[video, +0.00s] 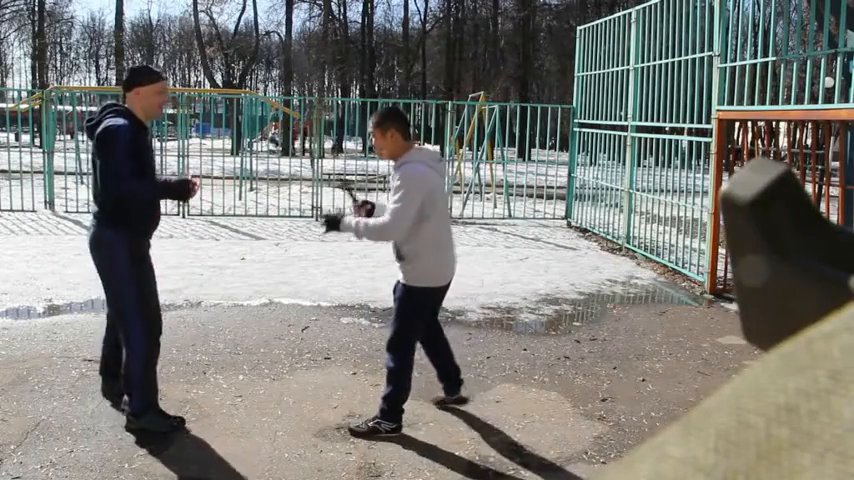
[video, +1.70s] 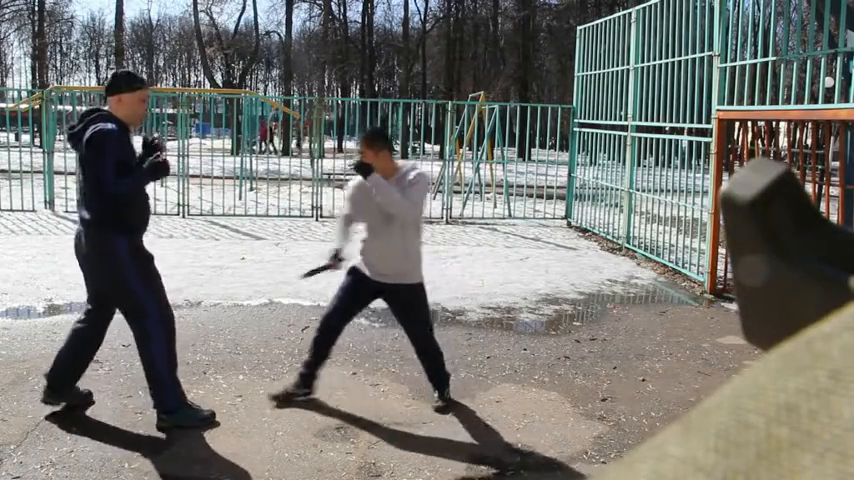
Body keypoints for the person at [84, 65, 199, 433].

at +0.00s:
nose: (164, 102)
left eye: (164, 94)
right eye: (159, 94)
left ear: (138, 96)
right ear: (135, 95)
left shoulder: (129, 127)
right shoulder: (119, 130)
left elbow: (131, 186)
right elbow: (122, 191)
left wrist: (171, 189)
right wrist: (173, 189)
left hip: (120, 240)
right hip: (119, 243)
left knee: (123, 313)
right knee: (144, 324)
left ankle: (115, 383)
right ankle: (144, 413)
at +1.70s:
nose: (146, 107)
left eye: (147, 100)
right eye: (141, 100)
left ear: (116, 101)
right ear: (117, 100)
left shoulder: (105, 130)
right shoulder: (107, 134)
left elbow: (115, 181)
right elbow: (113, 189)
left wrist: (143, 158)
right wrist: (151, 171)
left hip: (97, 243)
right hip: (118, 247)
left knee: (97, 314)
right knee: (156, 320)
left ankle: (58, 386)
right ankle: (172, 408)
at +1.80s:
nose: (145, 116)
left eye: (145, 109)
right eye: (140, 109)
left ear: (115, 109)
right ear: (118, 109)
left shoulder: (100, 137)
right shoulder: (109, 142)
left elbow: (114, 191)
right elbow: (126, 192)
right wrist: (162, 169)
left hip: (92, 249)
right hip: (111, 253)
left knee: (102, 313)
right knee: (161, 320)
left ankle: (46, 377)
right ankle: (173, 408)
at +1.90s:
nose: (145, 127)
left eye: (146, 120)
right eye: (142, 119)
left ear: (118, 118)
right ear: (120, 118)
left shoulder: (96, 145)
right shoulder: (111, 152)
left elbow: (137, 197)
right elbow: (143, 200)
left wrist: (179, 204)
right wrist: (188, 203)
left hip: (76, 252)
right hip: (94, 256)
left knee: (88, 319)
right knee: (145, 321)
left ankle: (37, 385)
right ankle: (173, 408)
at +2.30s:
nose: (133, 139)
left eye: (135, 133)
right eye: (130, 131)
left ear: (106, 127)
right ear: (107, 126)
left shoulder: (93, 155)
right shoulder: (88, 161)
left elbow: (118, 213)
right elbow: (119, 219)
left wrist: (155, 226)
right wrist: (164, 231)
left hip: (52, 254)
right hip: (62, 258)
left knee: (55, 321)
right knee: (115, 322)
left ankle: (5, 382)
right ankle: (134, 409)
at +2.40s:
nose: (121, 126)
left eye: (122, 119)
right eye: (116, 118)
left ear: (95, 118)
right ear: (92, 116)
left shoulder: (84, 148)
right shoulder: (67, 151)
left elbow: (92, 196)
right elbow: (77, 204)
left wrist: (130, 201)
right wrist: (132, 202)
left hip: (52, 249)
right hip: (58, 253)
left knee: (47, 321)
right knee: (104, 326)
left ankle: (5, 383)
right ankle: (133, 408)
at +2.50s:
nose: (105, 116)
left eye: (106, 109)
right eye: (100, 108)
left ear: (82, 108)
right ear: (77, 106)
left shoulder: (71, 137)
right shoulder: (57, 140)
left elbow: (73, 188)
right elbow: (66, 195)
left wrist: (105, 171)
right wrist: (107, 171)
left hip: (54, 246)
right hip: (58, 249)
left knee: (40, 319)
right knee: (102, 316)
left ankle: (6, 383)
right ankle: (116, 404)